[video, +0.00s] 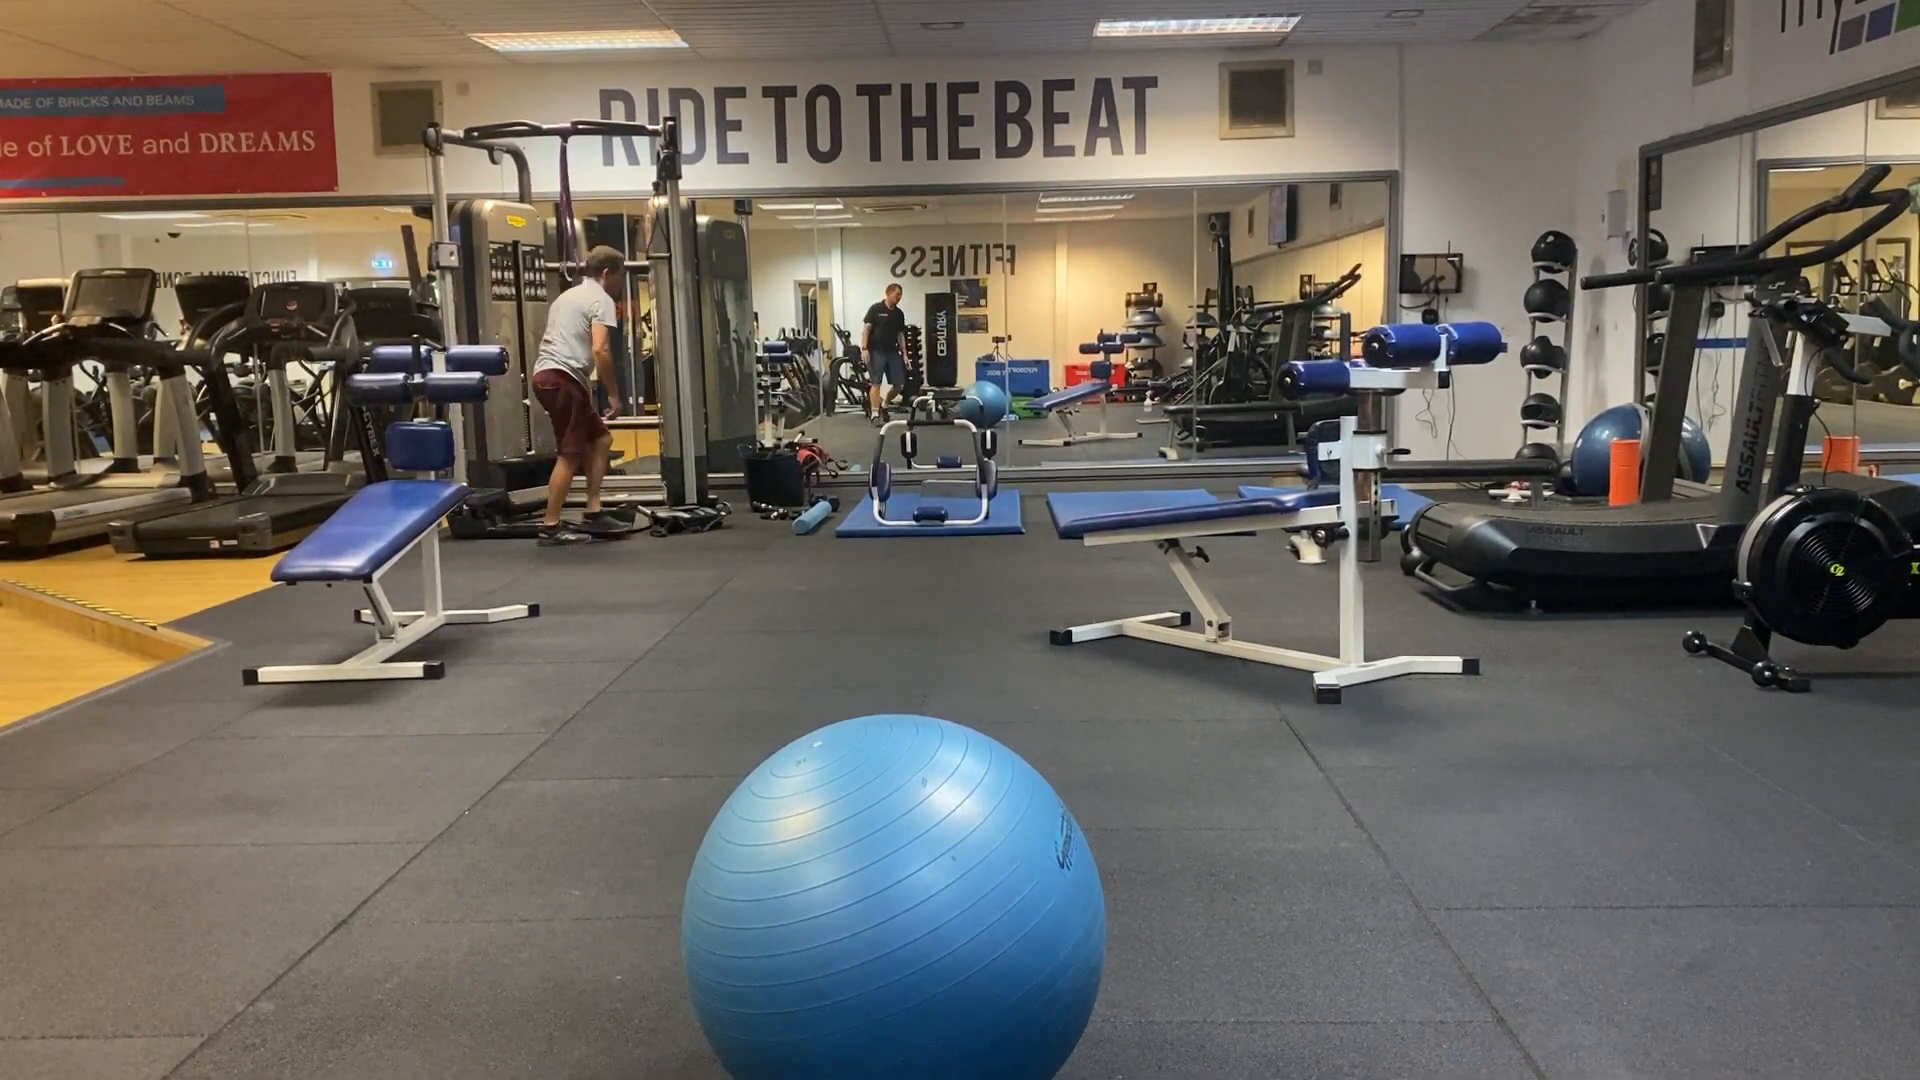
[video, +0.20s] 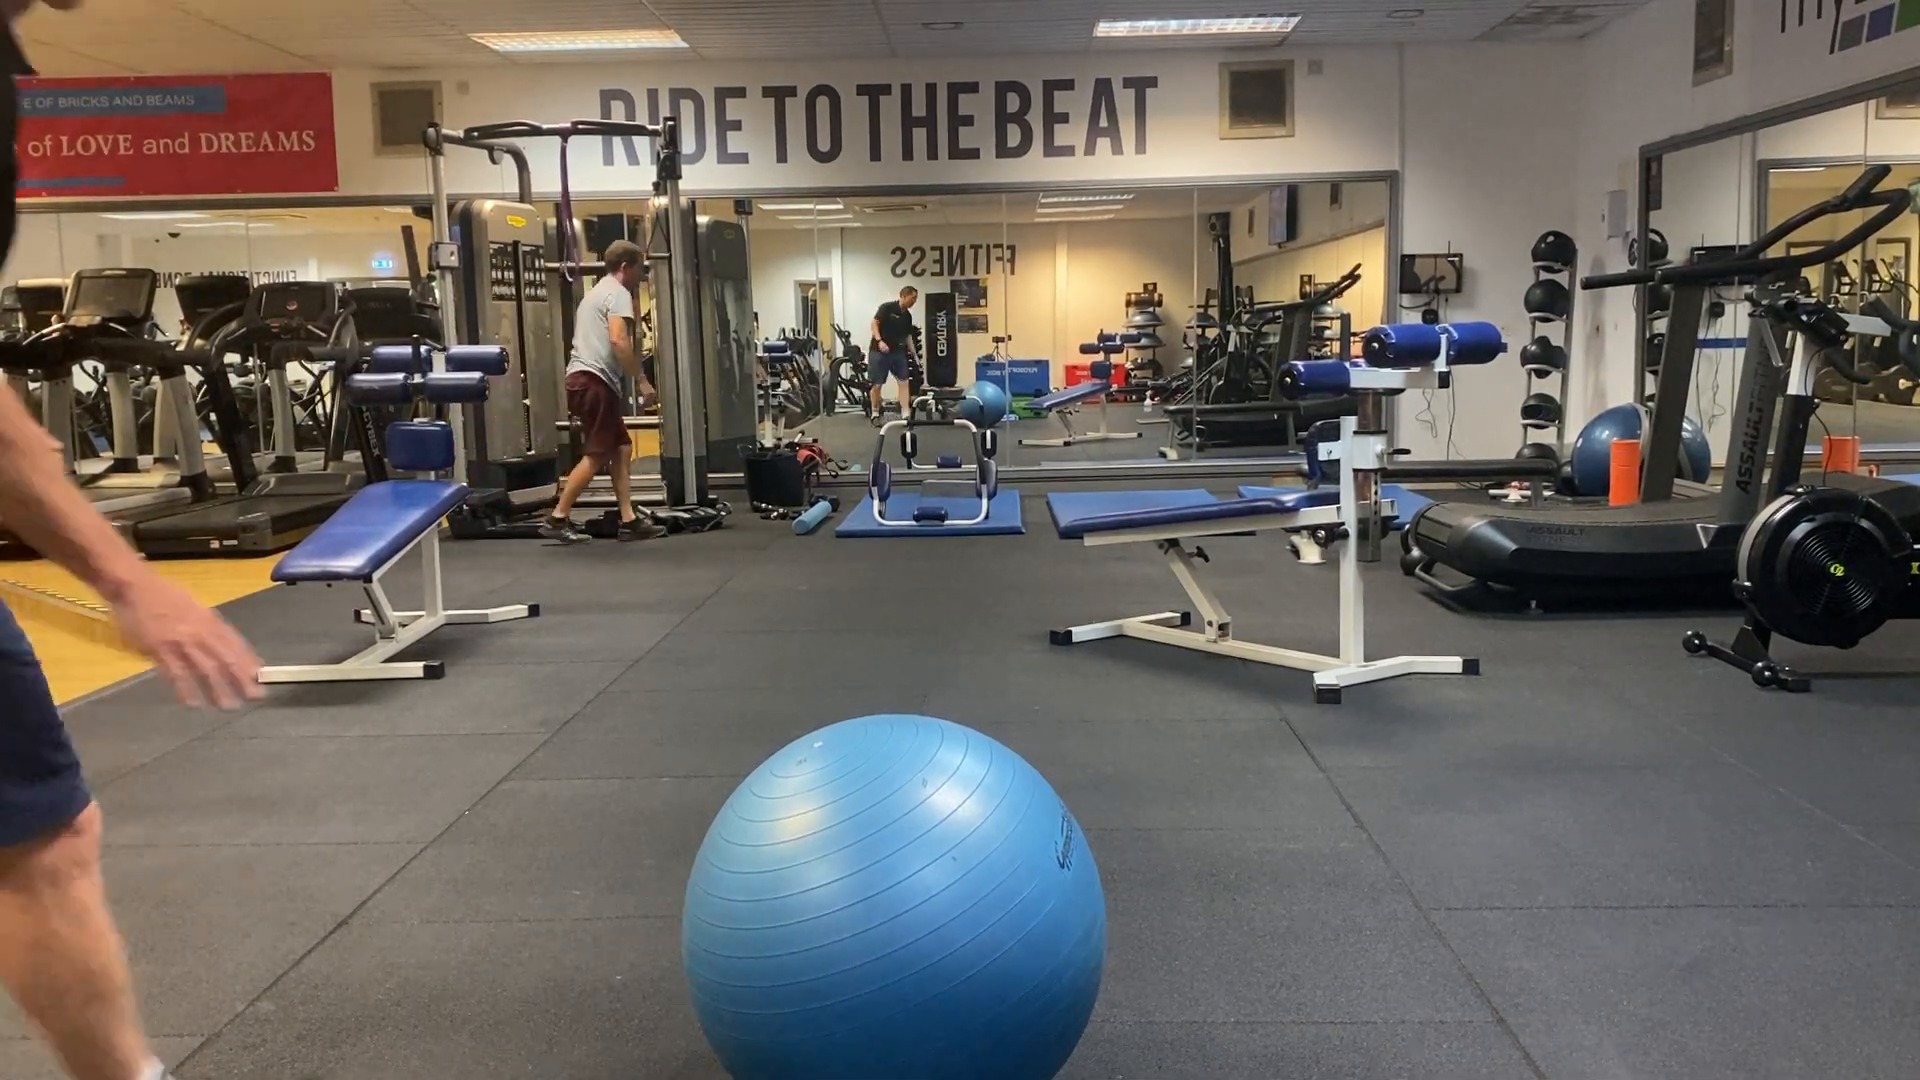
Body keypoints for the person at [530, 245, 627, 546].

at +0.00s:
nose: (622, 283)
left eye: (622, 276)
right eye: (621, 276)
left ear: (592, 272)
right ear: (606, 273)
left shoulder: (566, 296)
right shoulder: (601, 299)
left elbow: (558, 342)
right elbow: (600, 349)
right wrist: (613, 393)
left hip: (543, 377)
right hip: (563, 378)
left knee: (602, 439)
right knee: (571, 453)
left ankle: (594, 512)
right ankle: (550, 525)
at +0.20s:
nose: (641, 275)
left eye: (641, 269)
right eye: (639, 268)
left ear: (616, 268)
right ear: (624, 267)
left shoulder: (597, 291)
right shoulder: (616, 292)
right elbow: (618, 341)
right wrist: (642, 380)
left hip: (579, 379)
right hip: (593, 380)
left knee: (622, 446)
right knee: (597, 455)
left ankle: (628, 519)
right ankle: (558, 517)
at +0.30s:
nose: (653, 272)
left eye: (654, 266)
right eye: (651, 265)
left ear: (628, 264)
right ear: (635, 263)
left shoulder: (610, 288)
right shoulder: (626, 288)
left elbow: (611, 337)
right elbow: (625, 333)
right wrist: (646, 375)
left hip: (594, 375)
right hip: (607, 376)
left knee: (626, 450)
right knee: (628, 450)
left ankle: (628, 517)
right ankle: (579, 504)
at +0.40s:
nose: (664, 270)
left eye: (665, 263)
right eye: (662, 263)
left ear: (639, 262)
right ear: (646, 261)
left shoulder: (621, 285)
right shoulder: (635, 286)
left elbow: (611, 334)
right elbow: (630, 332)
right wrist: (647, 371)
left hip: (604, 374)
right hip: (618, 374)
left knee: (630, 448)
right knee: (654, 445)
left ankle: (630, 515)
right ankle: (610, 500)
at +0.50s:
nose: (673, 274)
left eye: (674, 268)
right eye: (672, 267)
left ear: (649, 262)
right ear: (656, 262)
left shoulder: (629, 282)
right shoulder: (645, 285)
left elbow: (624, 331)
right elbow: (636, 328)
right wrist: (650, 372)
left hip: (612, 374)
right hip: (630, 374)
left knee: (635, 446)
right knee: (670, 442)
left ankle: (628, 516)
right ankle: (651, 507)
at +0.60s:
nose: (685, 277)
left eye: (687, 272)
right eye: (684, 270)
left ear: (661, 264)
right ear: (669, 264)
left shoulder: (641, 284)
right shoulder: (658, 286)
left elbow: (634, 332)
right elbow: (645, 326)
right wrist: (652, 373)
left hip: (625, 374)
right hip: (644, 374)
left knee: (638, 447)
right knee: (681, 444)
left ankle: (628, 516)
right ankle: (694, 511)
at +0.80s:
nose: (712, 284)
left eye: (713, 278)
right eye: (711, 277)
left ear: (688, 269)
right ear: (698, 270)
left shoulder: (664, 294)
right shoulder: (690, 292)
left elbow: (654, 336)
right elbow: (673, 327)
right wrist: (673, 374)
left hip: (652, 379)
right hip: (679, 380)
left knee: (656, 450)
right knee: (705, 450)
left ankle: (631, 514)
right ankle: (722, 511)